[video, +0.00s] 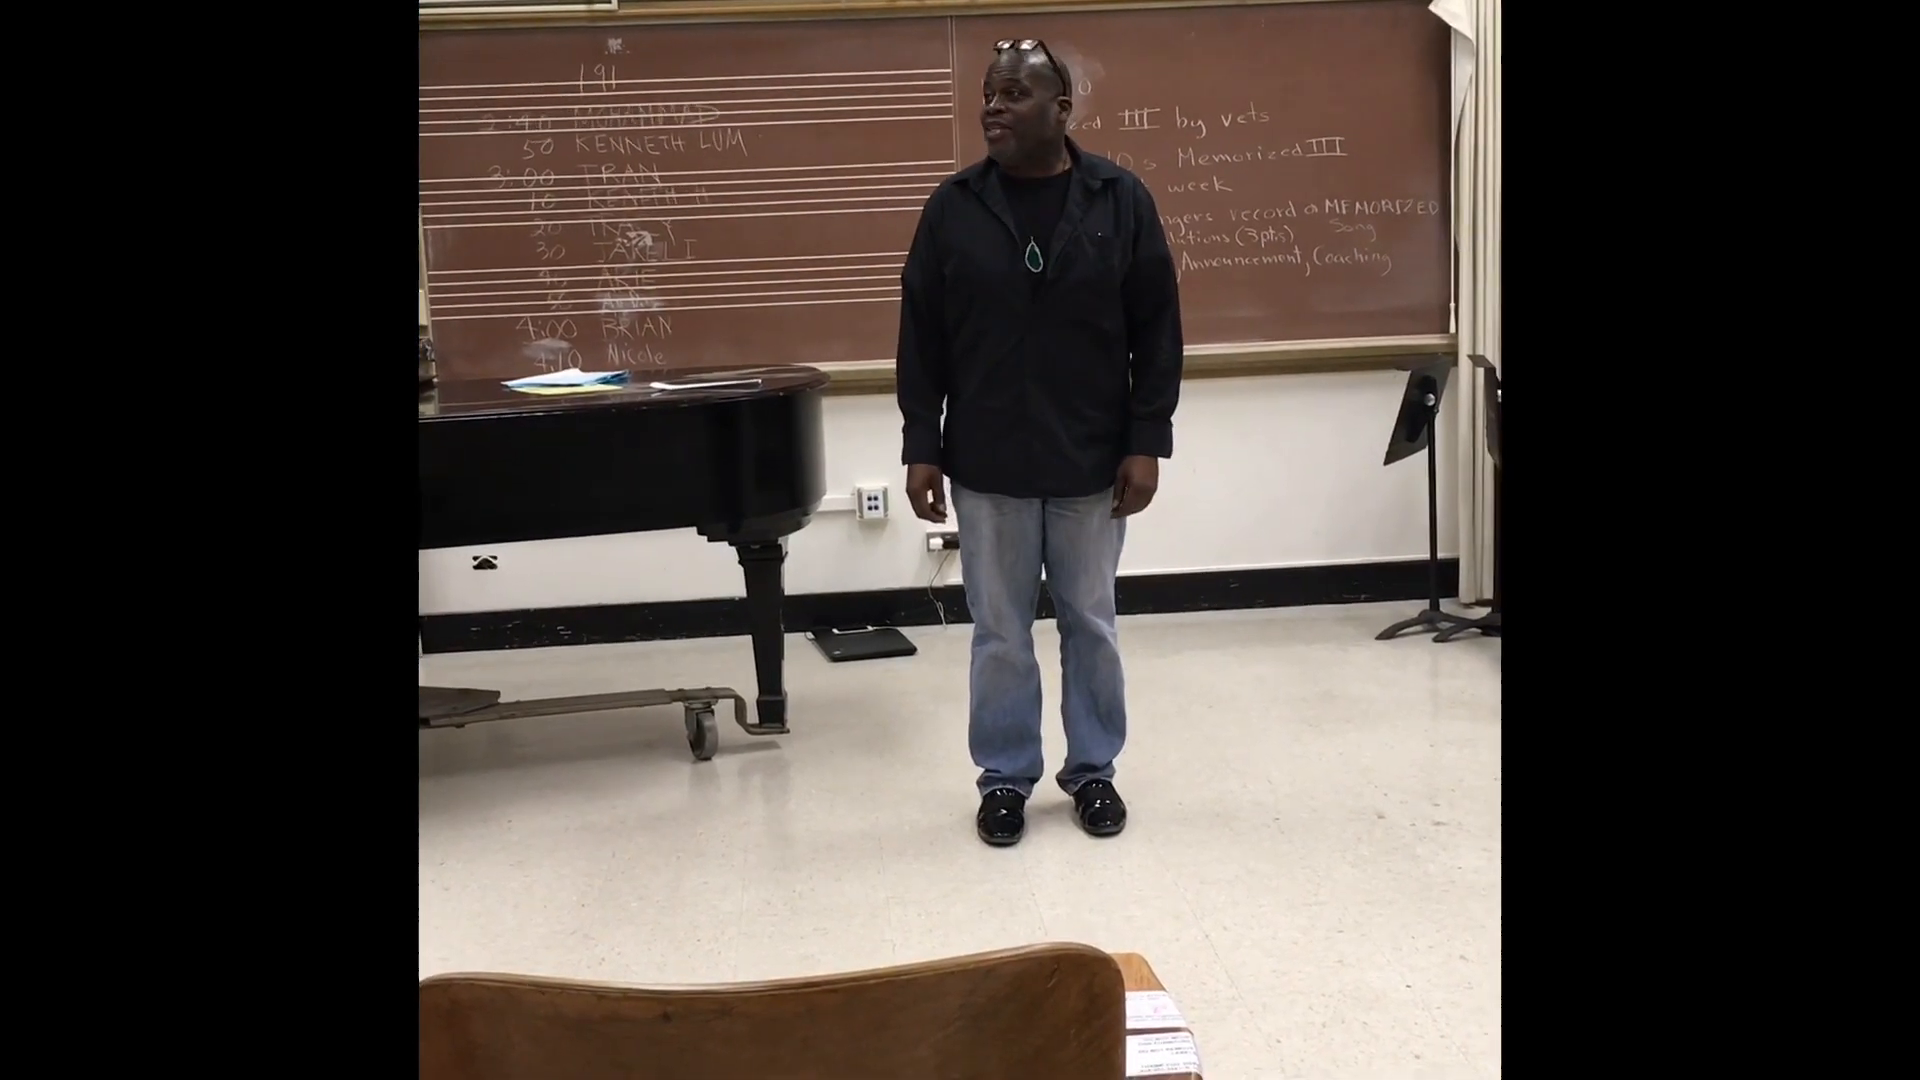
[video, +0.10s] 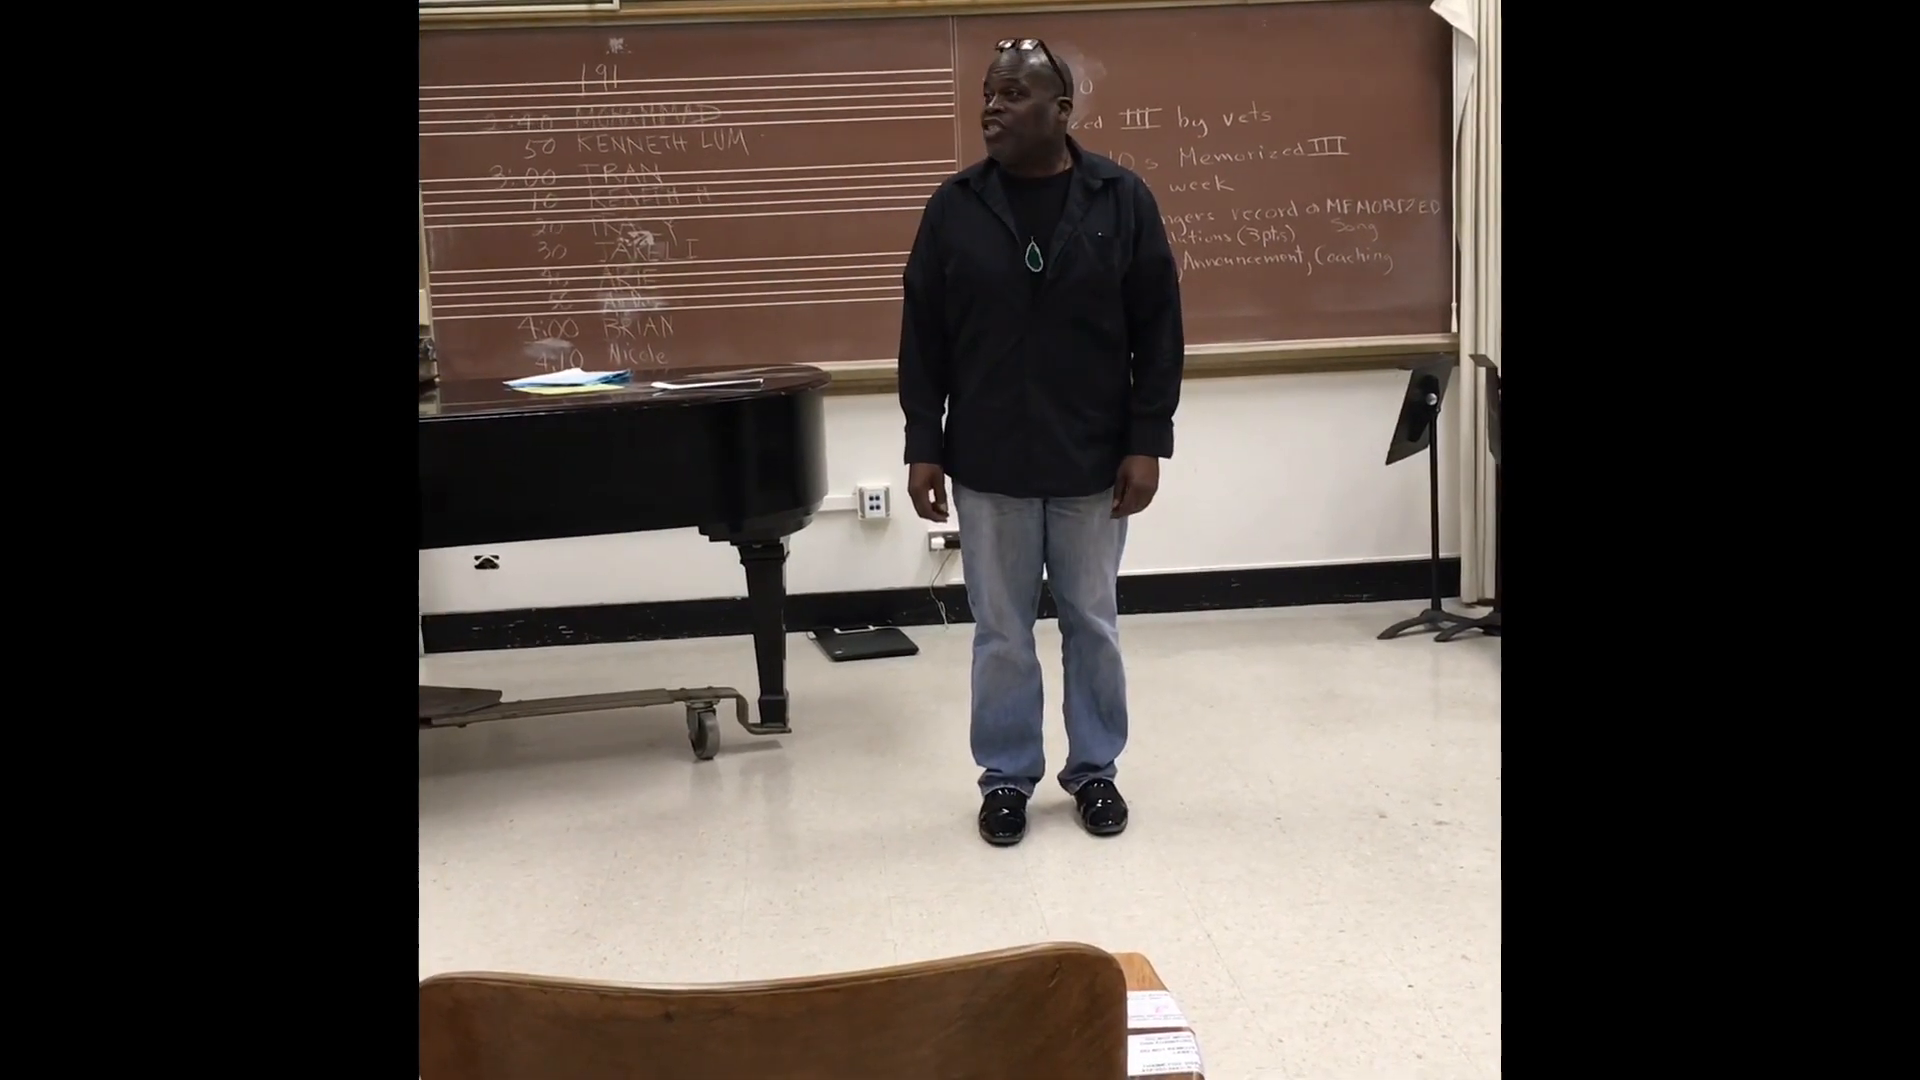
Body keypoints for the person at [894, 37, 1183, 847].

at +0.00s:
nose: (994, 107)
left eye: (1013, 95)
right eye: (990, 95)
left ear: (1063, 107)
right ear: (984, 106)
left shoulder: (1120, 200)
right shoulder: (953, 207)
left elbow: (1156, 330)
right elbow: (921, 334)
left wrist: (1146, 445)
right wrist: (921, 449)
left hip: (1091, 452)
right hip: (988, 454)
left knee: (1090, 623)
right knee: (1000, 629)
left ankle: (1093, 771)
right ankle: (1003, 777)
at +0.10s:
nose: (993, 108)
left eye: (1012, 95)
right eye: (990, 96)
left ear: (1063, 108)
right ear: (986, 106)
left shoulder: (1122, 199)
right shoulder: (954, 206)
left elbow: (1158, 330)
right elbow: (922, 334)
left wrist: (1147, 445)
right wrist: (923, 449)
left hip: (1093, 452)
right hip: (989, 454)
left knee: (1092, 624)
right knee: (1001, 630)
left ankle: (1095, 771)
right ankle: (1005, 776)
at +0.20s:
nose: (993, 108)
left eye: (1012, 95)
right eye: (990, 95)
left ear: (1063, 108)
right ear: (987, 104)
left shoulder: (1123, 200)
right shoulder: (955, 206)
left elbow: (1160, 330)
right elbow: (924, 334)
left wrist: (1148, 445)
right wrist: (924, 449)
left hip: (1094, 452)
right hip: (990, 454)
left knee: (1094, 623)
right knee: (1003, 629)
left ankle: (1096, 771)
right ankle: (1006, 776)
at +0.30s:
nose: (992, 109)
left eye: (1011, 96)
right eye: (990, 96)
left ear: (1063, 108)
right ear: (986, 105)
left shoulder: (1124, 200)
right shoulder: (956, 207)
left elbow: (1160, 330)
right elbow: (925, 334)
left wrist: (1149, 445)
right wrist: (925, 449)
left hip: (1095, 452)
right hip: (991, 455)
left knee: (1095, 623)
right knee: (1004, 629)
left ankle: (1098, 771)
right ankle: (1008, 777)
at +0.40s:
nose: (991, 110)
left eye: (1010, 97)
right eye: (989, 96)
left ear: (1062, 109)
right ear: (987, 106)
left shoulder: (1125, 200)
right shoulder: (957, 207)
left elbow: (1160, 331)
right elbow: (926, 334)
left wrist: (1149, 446)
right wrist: (925, 449)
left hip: (1095, 453)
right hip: (992, 455)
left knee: (1096, 623)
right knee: (1005, 629)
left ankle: (1099, 770)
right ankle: (1009, 777)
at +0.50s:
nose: (990, 111)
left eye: (1009, 97)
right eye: (988, 97)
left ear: (1061, 109)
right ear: (987, 106)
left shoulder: (1124, 199)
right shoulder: (956, 207)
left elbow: (1160, 330)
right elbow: (926, 335)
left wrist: (1149, 446)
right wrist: (926, 449)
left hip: (1095, 453)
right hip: (992, 455)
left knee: (1096, 623)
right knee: (1005, 630)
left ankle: (1099, 770)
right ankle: (1009, 777)